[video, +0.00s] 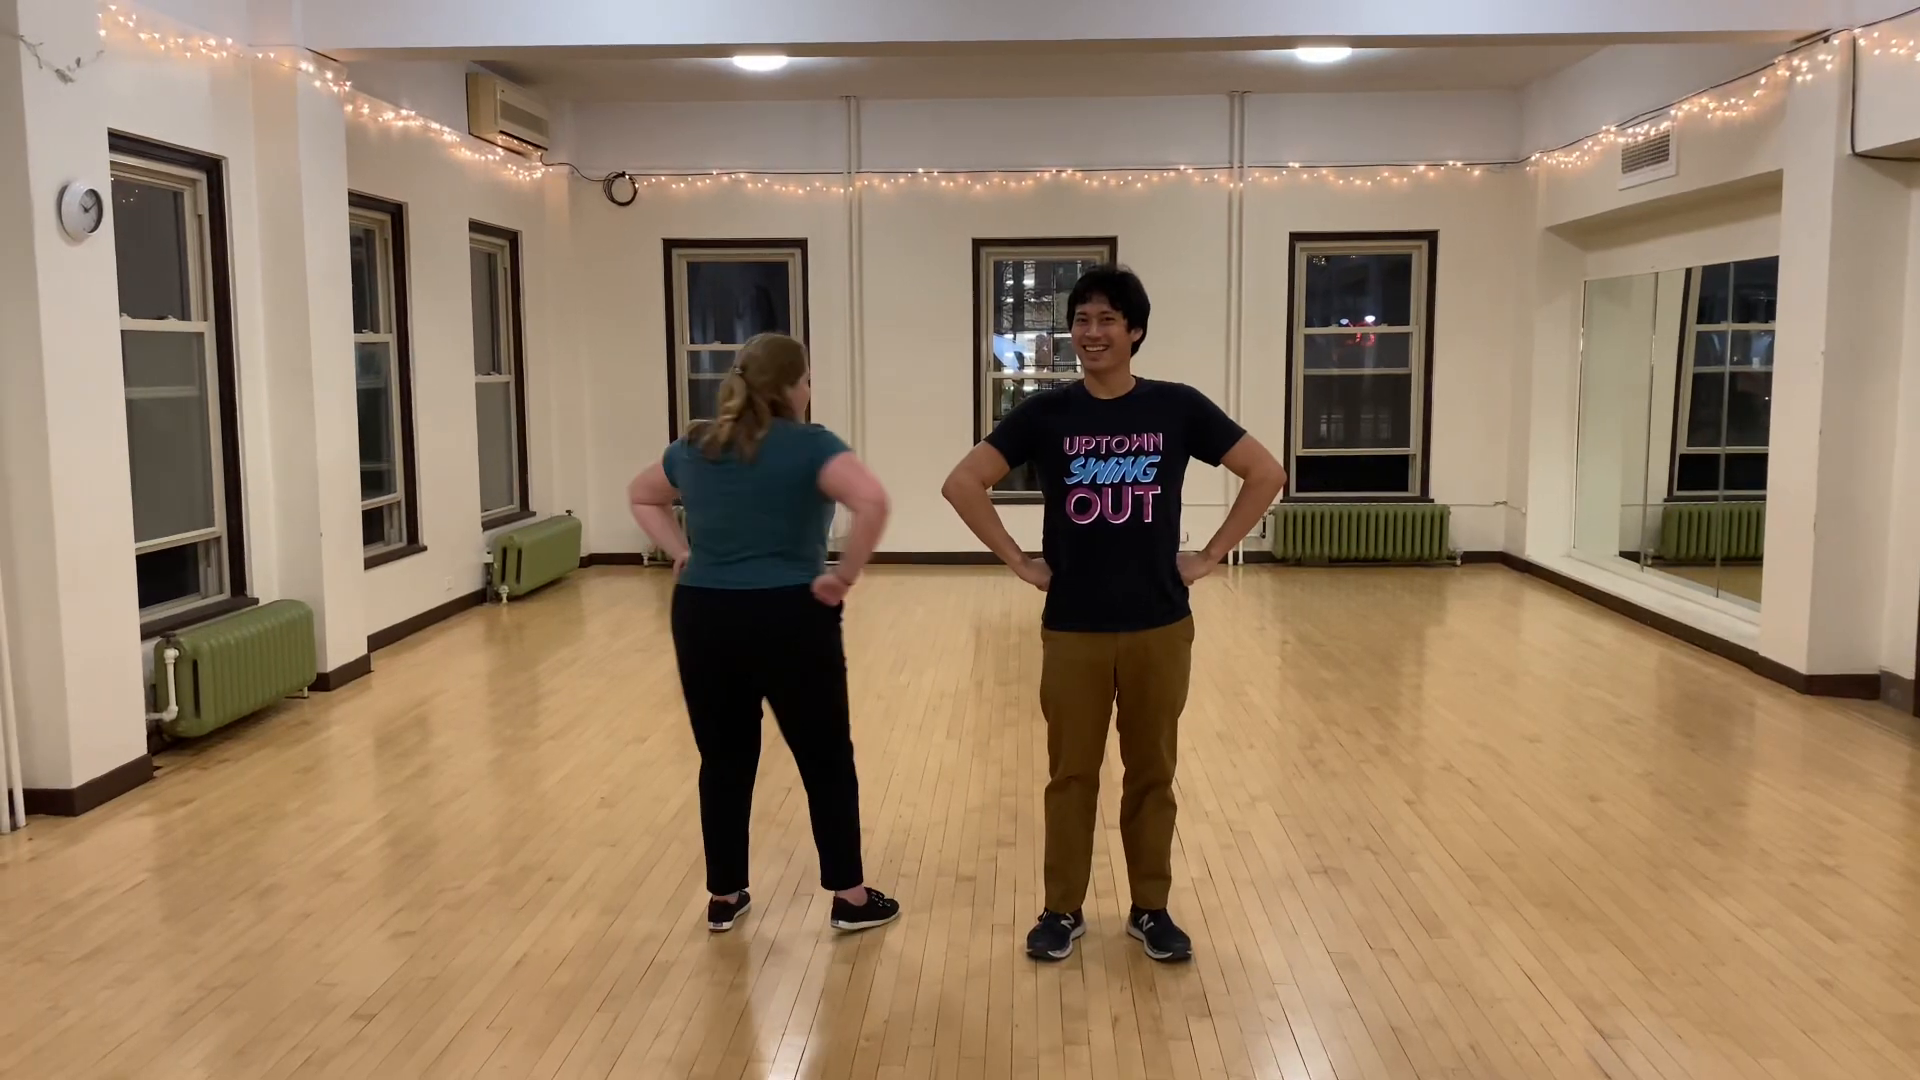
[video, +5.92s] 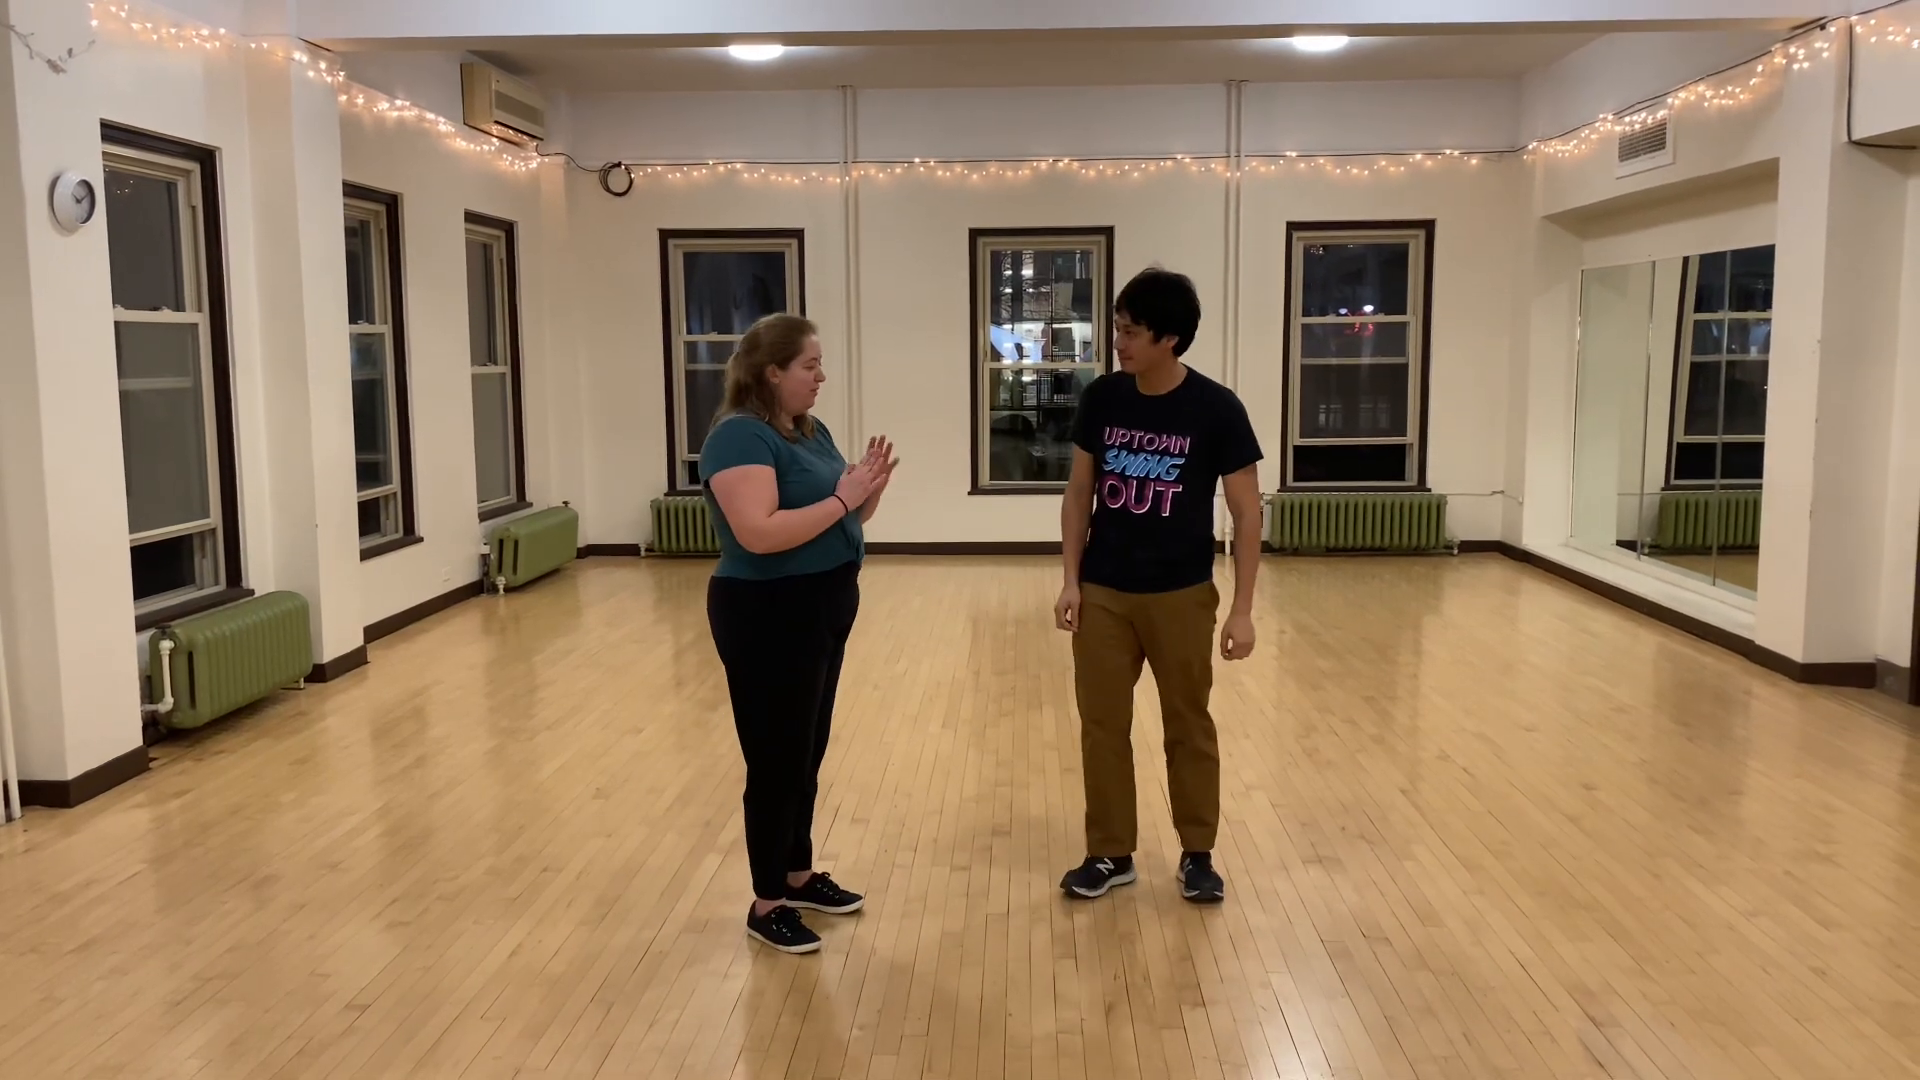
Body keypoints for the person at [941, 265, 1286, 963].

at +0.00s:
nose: (1092, 332)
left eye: (1107, 320)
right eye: (1082, 320)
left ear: (1135, 332)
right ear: (1070, 332)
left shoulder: (1177, 407)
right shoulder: (1046, 413)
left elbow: (1268, 474)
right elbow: (962, 484)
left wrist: (1207, 556)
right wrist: (1018, 559)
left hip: (1159, 619)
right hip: (1074, 621)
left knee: (1152, 774)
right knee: (1072, 773)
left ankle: (1151, 909)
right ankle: (1062, 910)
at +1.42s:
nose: (1124, 330)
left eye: (1138, 318)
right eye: (1112, 319)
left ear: (1165, 326)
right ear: (1099, 329)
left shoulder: (1203, 405)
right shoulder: (1079, 408)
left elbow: (1287, 481)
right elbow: (1029, 487)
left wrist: (1226, 554)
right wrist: (959, 484)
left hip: (1167, 620)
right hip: (1083, 619)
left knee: (1164, 767)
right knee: (1081, 766)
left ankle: (1164, 902)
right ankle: (1076, 901)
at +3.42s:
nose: (1093, 345)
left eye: (1108, 331)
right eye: (1084, 332)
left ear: (1137, 337)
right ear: (1074, 340)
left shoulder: (1187, 402)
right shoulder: (1067, 417)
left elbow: (1278, 466)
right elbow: (1066, 517)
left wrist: (1231, 554)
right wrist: (1043, 433)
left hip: (1175, 617)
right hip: (1091, 620)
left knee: (1164, 773)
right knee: (1079, 771)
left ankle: (1152, 906)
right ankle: (1062, 906)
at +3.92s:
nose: (1108, 340)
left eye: (1121, 326)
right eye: (1096, 329)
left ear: (1151, 333)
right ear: (1087, 342)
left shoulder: (1198, 402)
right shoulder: (1074, 428)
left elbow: (1260, 480)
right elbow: (1066, 547)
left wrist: (1259, 571)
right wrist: (1070, 519)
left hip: (1197, 620)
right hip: (1117, 626)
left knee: (1170, 771)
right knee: (1096, 771)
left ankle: (1149, 905)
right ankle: (1062, 904)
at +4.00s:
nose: (1107, 337)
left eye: (1120, 324)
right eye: (1100, 327)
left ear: (1160, 332)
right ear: (1095, 336)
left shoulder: (1207, 408)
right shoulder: (1079, 423)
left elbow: (1246, 507)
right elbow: (1055, 527)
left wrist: (1263, 602)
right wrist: (1068, 581)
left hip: (1191, 624)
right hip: (1109, 626)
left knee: (1166, 773)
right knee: (1090, 772)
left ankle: (1149, 905)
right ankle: (1064, 903)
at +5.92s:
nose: (1118, 338)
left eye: (1131, 329)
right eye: (1117, 325)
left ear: (1171, 338)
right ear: (1123, 328)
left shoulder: (1218, 410)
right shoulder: (1103, 398)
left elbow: (1247, 512)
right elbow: (1079, 493)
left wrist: (1242, 607)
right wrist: (1071, 577)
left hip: (1180, 596)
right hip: (1102, 593)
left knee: (1187, 725)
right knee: (1101, 726)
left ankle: (1197, 853)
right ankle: (1111, 853)